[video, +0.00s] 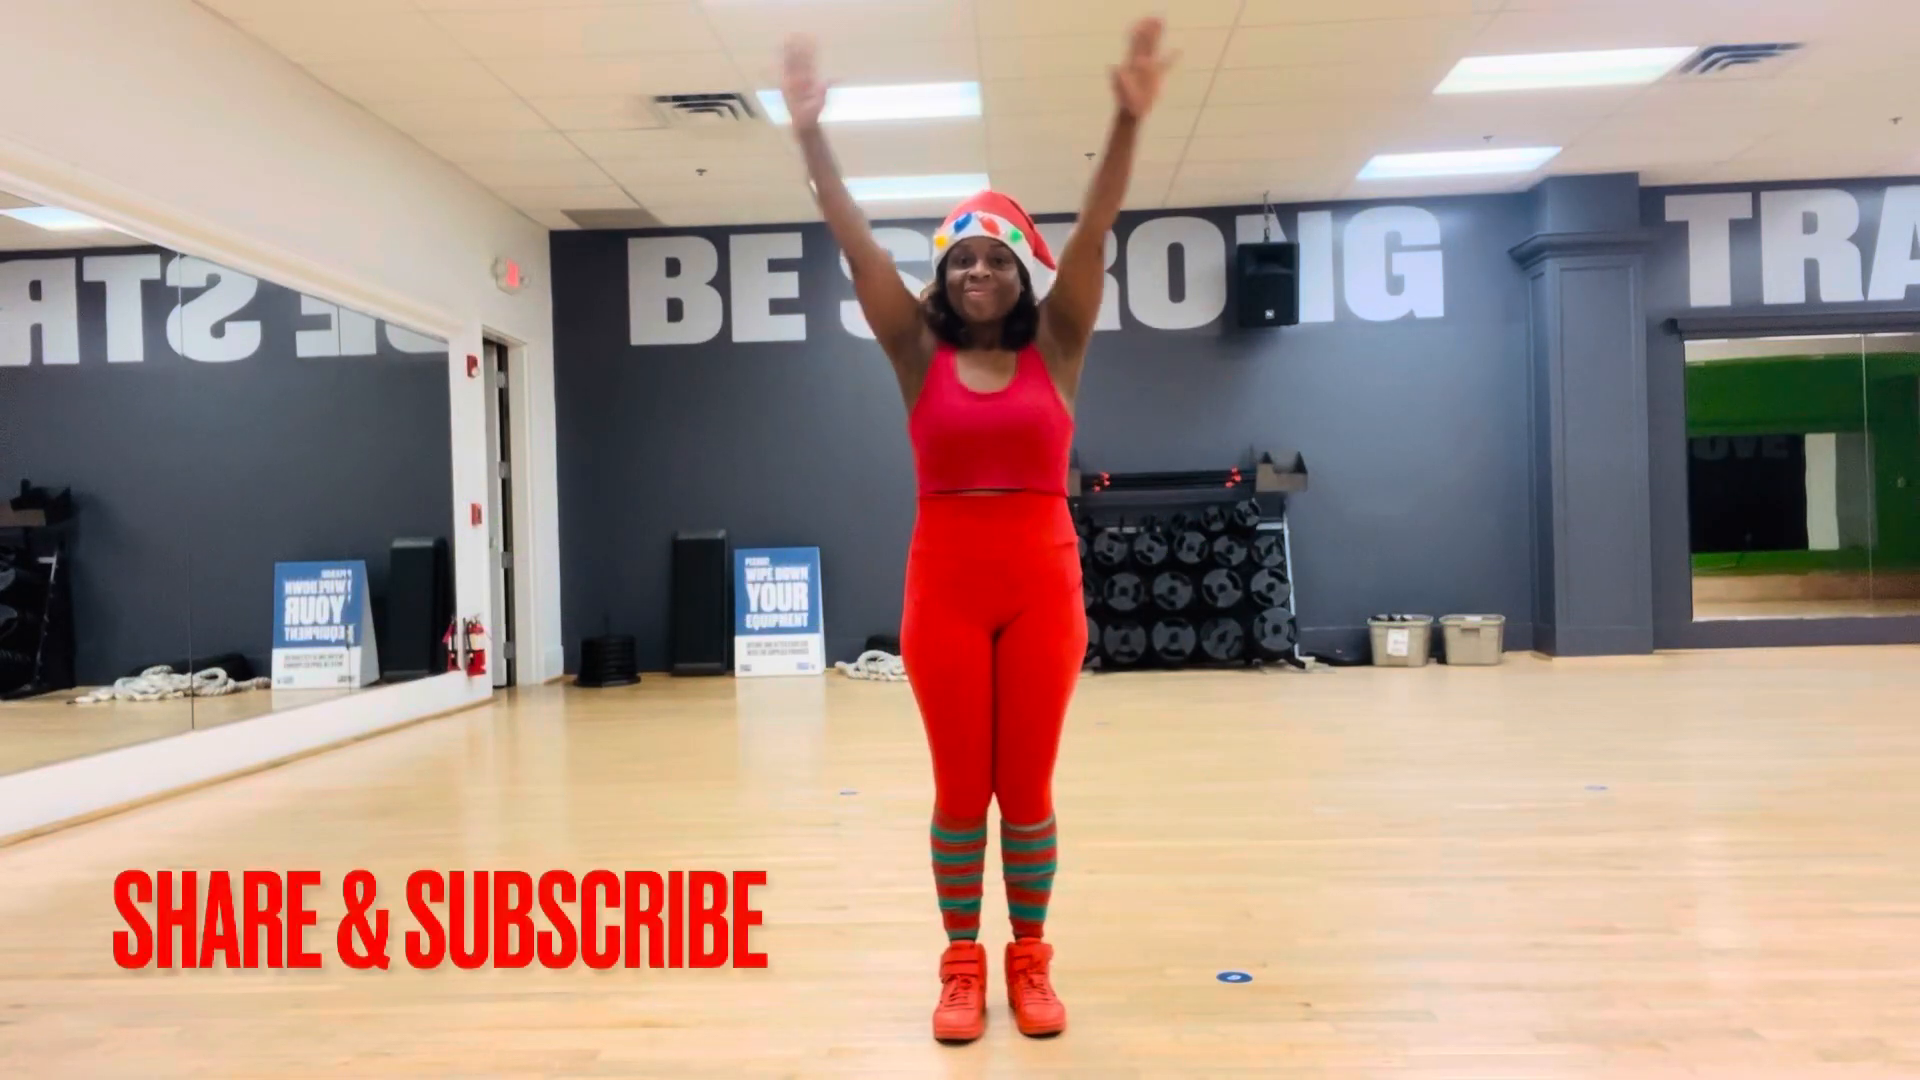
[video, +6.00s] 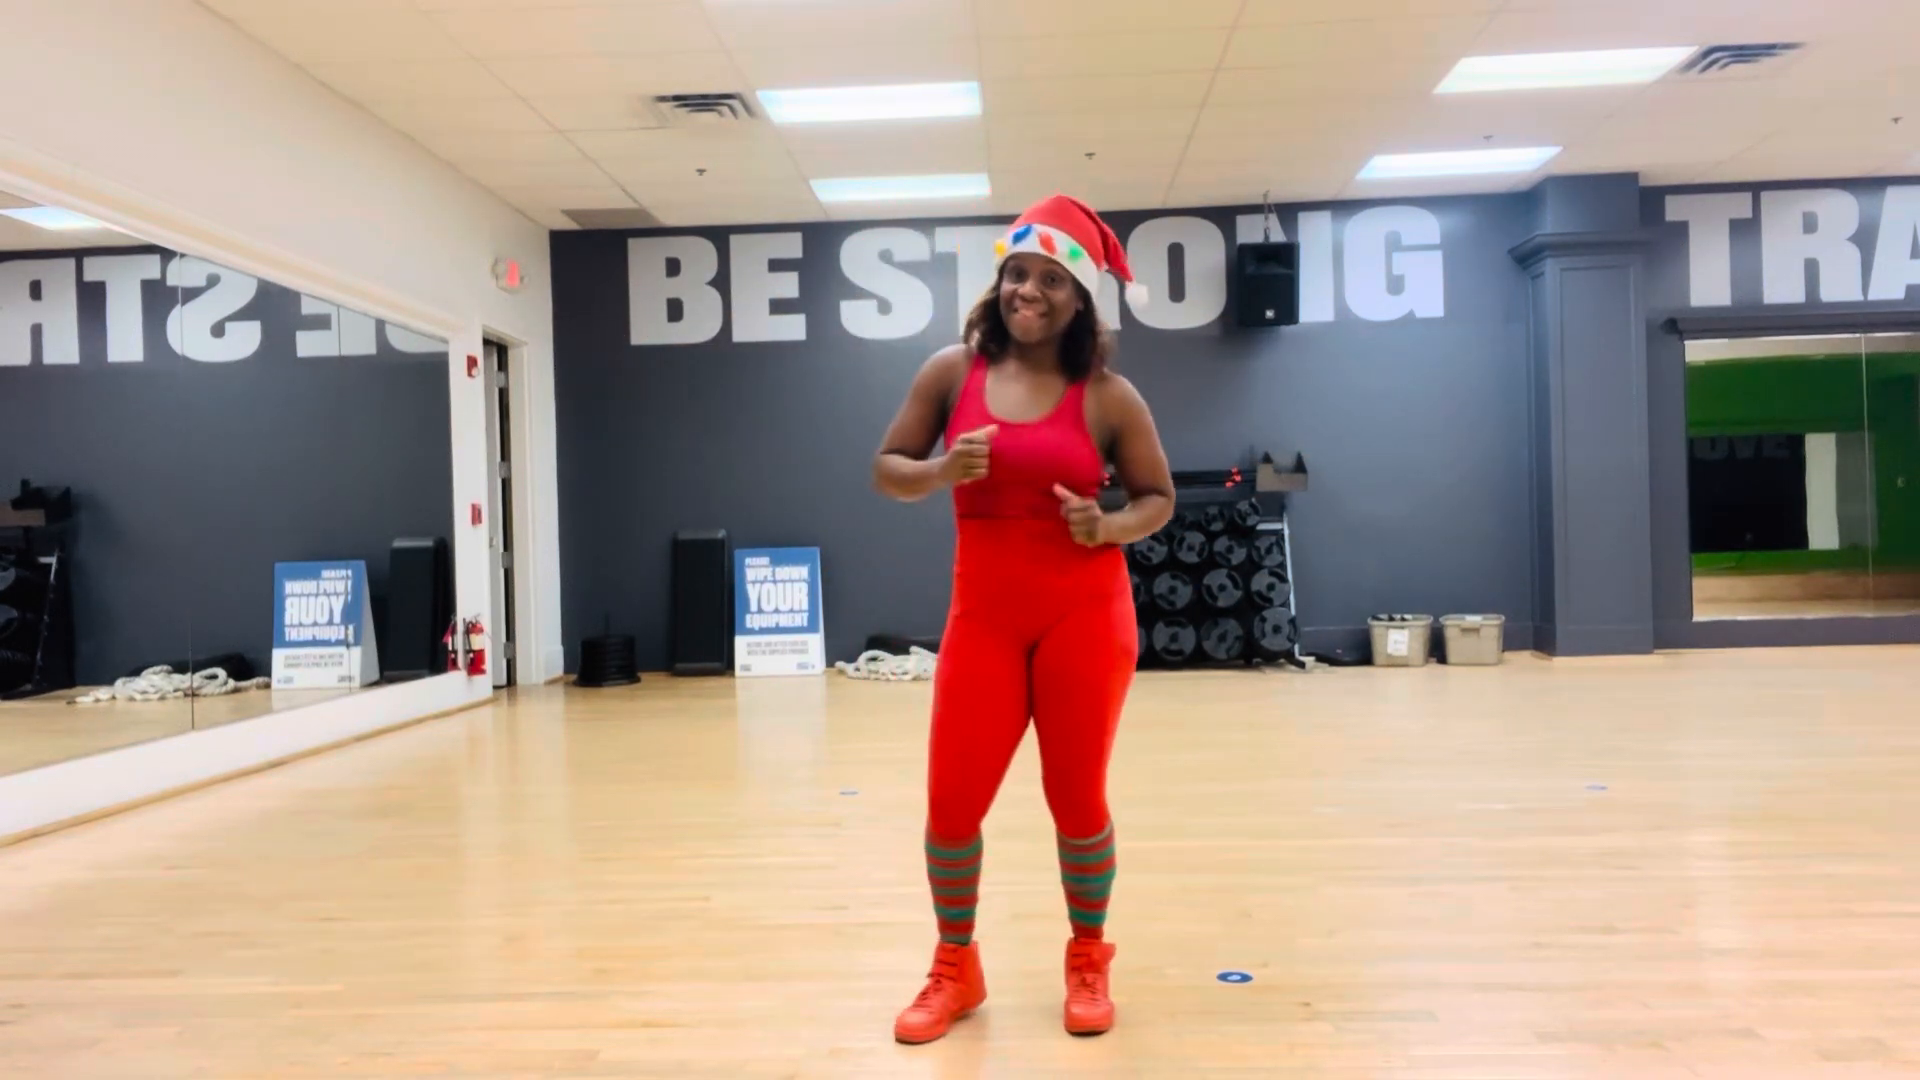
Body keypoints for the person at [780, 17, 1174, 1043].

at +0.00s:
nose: (980, 273)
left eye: (998, 260)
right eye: (963, 260)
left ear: (1025, 277)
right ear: (942, 278)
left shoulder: (1055, 347)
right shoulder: (917, 352)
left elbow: (1095, 230)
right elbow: (850, 236)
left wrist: (1130, 117)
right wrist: (808, 126)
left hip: (1045, 591)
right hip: (944, 596)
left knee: (1027, 787)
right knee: (961, 786)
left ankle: (1031, 960)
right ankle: (963, 964)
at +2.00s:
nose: (966, 283)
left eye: (985, 270)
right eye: (953, 266)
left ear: (1012, 285)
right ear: (932, 277)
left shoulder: (1050, 373)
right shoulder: (894, 374)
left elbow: (1126, 475)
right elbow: (827, 485)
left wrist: (1202, 569)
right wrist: (764, 576)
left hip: (1030, 590)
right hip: (931, 592)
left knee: (1019, 785)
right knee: (954, 786)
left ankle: (1030, 963)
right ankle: (962, 965)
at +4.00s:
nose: (1005, 287)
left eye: (1024, 273)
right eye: (990, 271)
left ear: (1050, 288)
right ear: (968, 285)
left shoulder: (1092, 366)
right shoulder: (935, 385)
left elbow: (1152, 477)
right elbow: (886, 488)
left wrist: (1078, 458)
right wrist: (924, 523)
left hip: (1051, 610)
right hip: (948, 609)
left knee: (1061, 807)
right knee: (956, 803)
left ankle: (1036, 968)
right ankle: (938, 968)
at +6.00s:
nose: (1032, 291)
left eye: (1052, 280)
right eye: (1019, 274)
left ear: (1081, 299)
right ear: (999, 285)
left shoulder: (1108, 396)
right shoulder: (951, 373)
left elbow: (1158, 499)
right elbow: (888, 472)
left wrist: (1110, 527)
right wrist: (940, 470)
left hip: (1085, 611)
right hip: (982, 611)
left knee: (1077, 796)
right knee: (950, 803)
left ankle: (1088, 966)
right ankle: (954, 969)